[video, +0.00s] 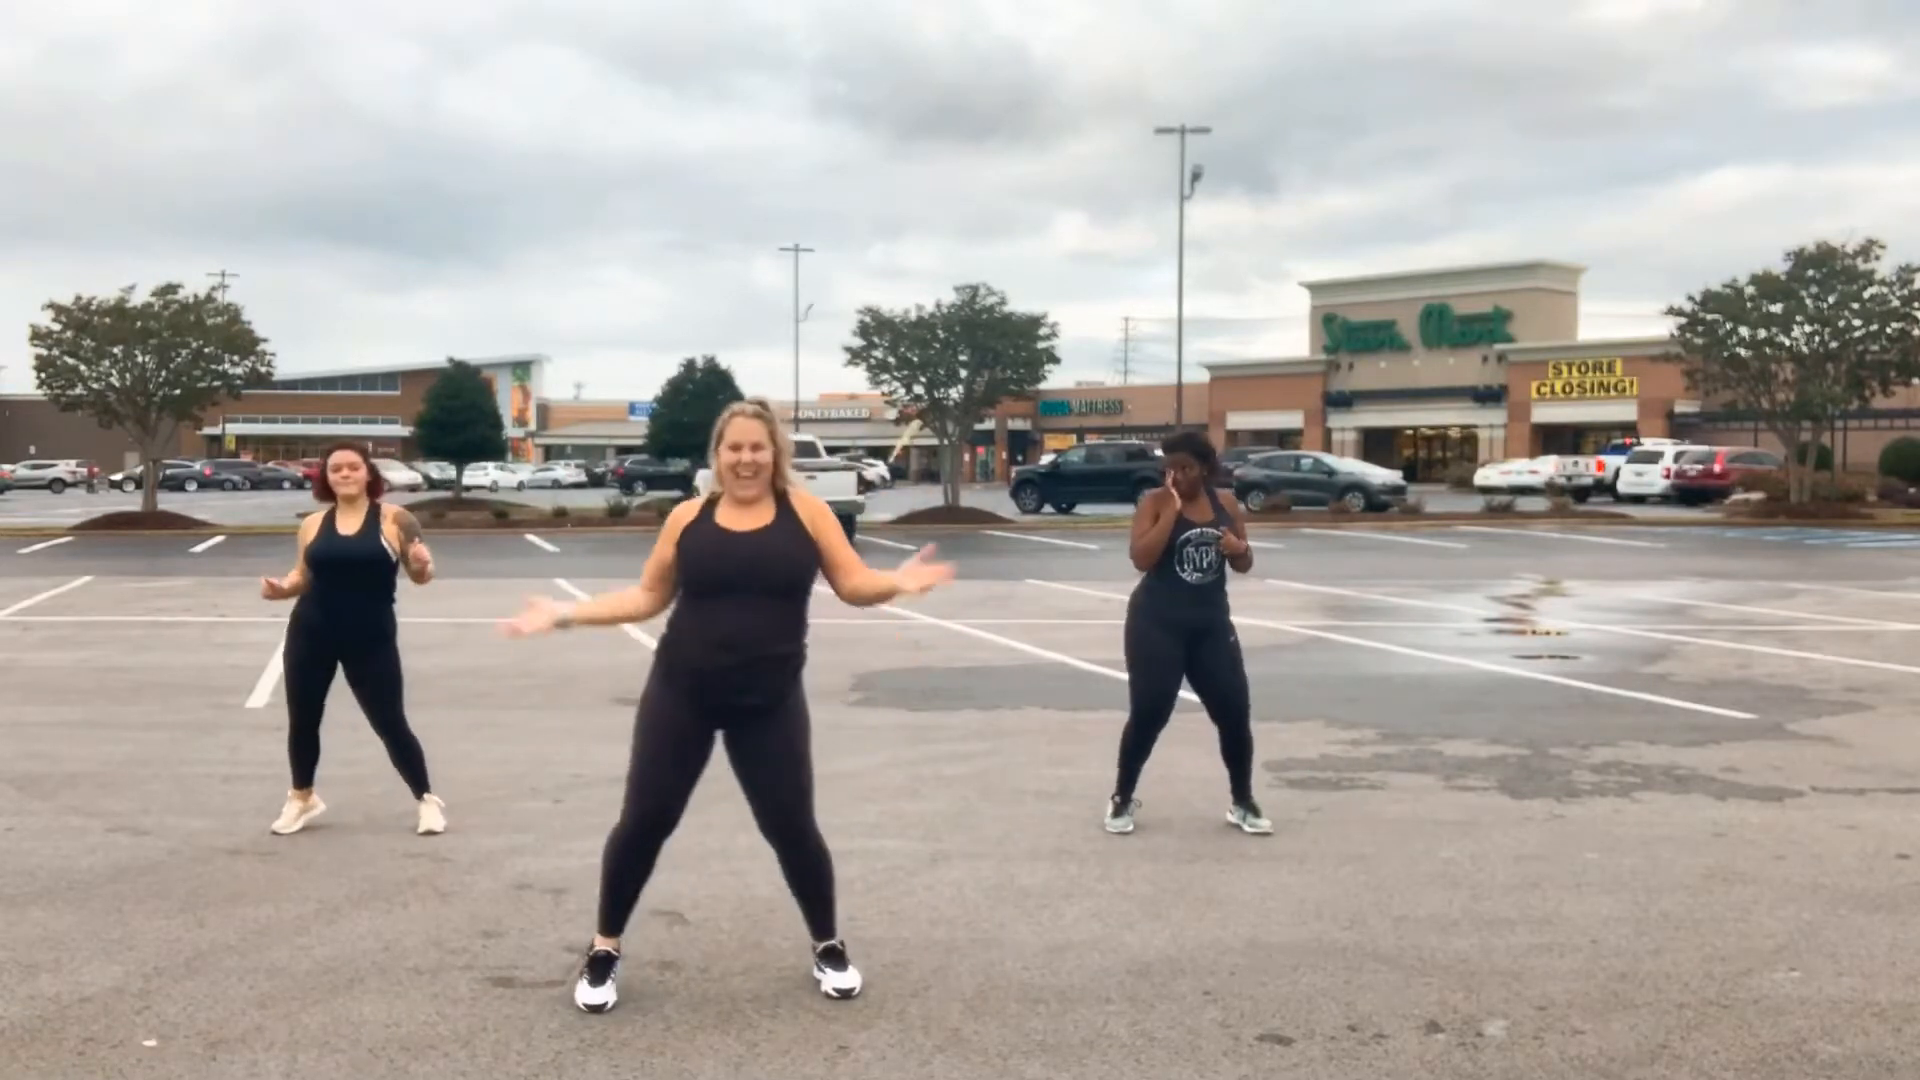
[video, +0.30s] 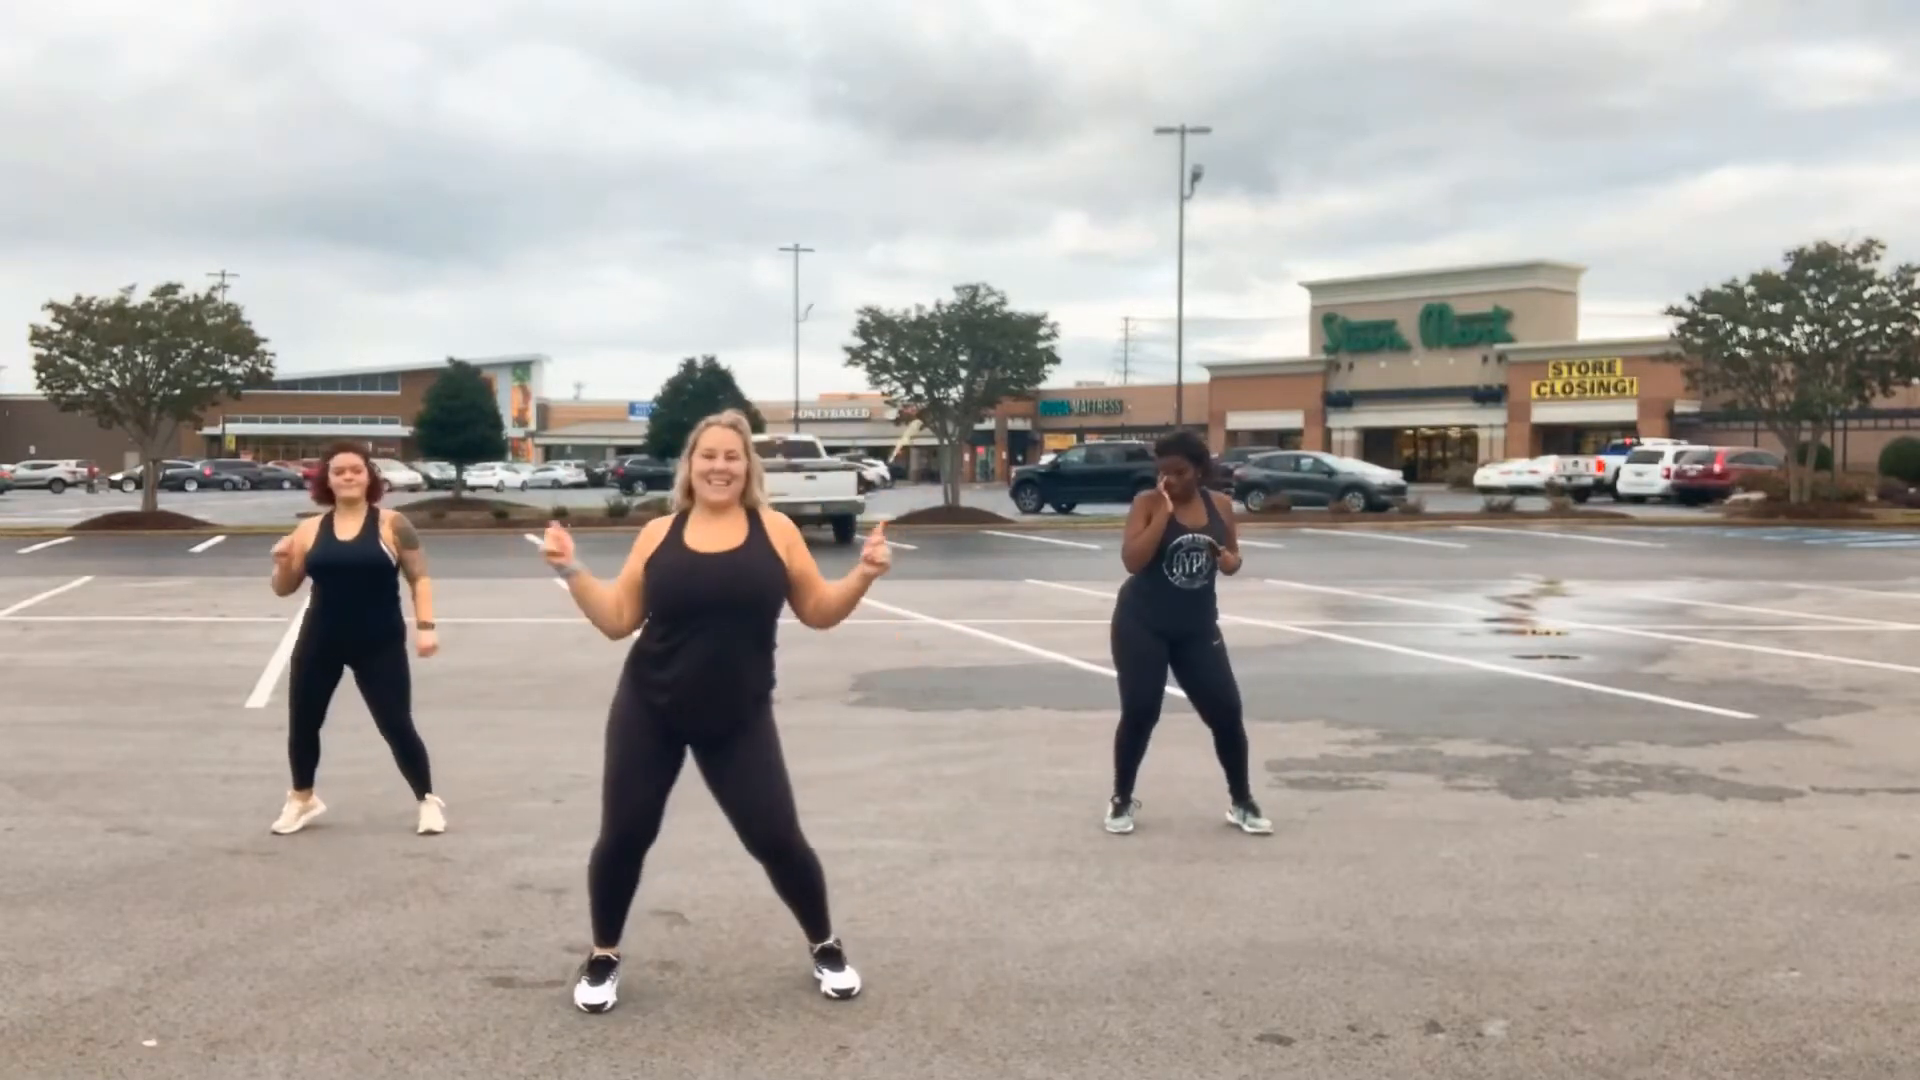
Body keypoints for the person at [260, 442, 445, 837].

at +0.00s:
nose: (346, 474)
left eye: (354, 467)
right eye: (337, 469)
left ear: (368, 475)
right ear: (327, 479)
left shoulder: (393, 519)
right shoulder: (312, 524)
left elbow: (420, 576)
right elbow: (305, 575)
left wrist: (421, 566)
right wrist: (283, 588)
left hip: (369, 638)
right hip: (312, 636)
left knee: (390, 724)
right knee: (302, 721)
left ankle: (426, 800)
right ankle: (302, 797)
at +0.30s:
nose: (348, 477)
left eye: (355, 470)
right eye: (339, 471)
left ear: (369, 478)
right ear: (327, 481)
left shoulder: (392, 524)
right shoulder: (310, 529)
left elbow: (418, 576)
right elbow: (283, 588)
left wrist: (425, 626)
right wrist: (284, 562)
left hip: (378, 644)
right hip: (321, 642)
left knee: (396, 725)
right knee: (303, 723)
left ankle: (427, 800)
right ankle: (302, 797)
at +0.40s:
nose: (354, 476)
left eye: (361, 469)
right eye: (345, 470)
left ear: (374, 477)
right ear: (332, 480)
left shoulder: (397, 524)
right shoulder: (312, 528)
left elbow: (433, 574)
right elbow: (282, 582)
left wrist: (442, 625)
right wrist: (284, 552)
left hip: (388, 642)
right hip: (331, 641)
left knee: (401, 726)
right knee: (305, 722)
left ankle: (427, 800)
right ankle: (303, 798)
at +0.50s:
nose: (360, 473)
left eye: (368, 467)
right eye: (351, 468)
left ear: (381, 475)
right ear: (339, 477)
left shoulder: (405, 522)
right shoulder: (320, 522)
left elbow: (448, 557)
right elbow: (283, 576)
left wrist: (448, 607)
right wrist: (291, 558)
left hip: (396, 639)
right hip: (342, 639)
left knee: (403, 724)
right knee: (312, 722)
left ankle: (427, 800)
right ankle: (305, 798)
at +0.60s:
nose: (369, 470)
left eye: (376, 464)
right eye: (360, 465)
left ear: (389, 472)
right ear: (347, 474)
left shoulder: (411, 515)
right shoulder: (328, 518)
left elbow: (455, 542)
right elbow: (292, 562)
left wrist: (447, 587)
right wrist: (304, 575)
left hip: (404, 636)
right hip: (351, 637)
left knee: (407, 720)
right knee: (327, 722)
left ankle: (427, 801)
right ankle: (307, 798)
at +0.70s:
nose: (378, 469)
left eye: (385, 462)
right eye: (369, 464)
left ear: (398, 470)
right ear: (356, 473)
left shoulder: (420, 513)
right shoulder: (339, 519)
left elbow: (462, 543)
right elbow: (308, 570)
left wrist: (451, 573)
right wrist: (325, 600)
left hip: (417, 633)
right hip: (364, 635)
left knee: (416, 718)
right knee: (339, 721)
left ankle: (428, 800)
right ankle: (312, 798)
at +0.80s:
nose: (385, 468)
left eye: (392, 461)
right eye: (377, 462)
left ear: (406, 469)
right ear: (364, 472)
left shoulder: (428, 515)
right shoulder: (348, 522)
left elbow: (469, 560)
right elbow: (331, 578)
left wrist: (446, 558)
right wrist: (335, 626)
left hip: (424, 633)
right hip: (369, 634)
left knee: (420, 718)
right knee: (354, 715)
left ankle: (429, 799)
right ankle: (354, 793)